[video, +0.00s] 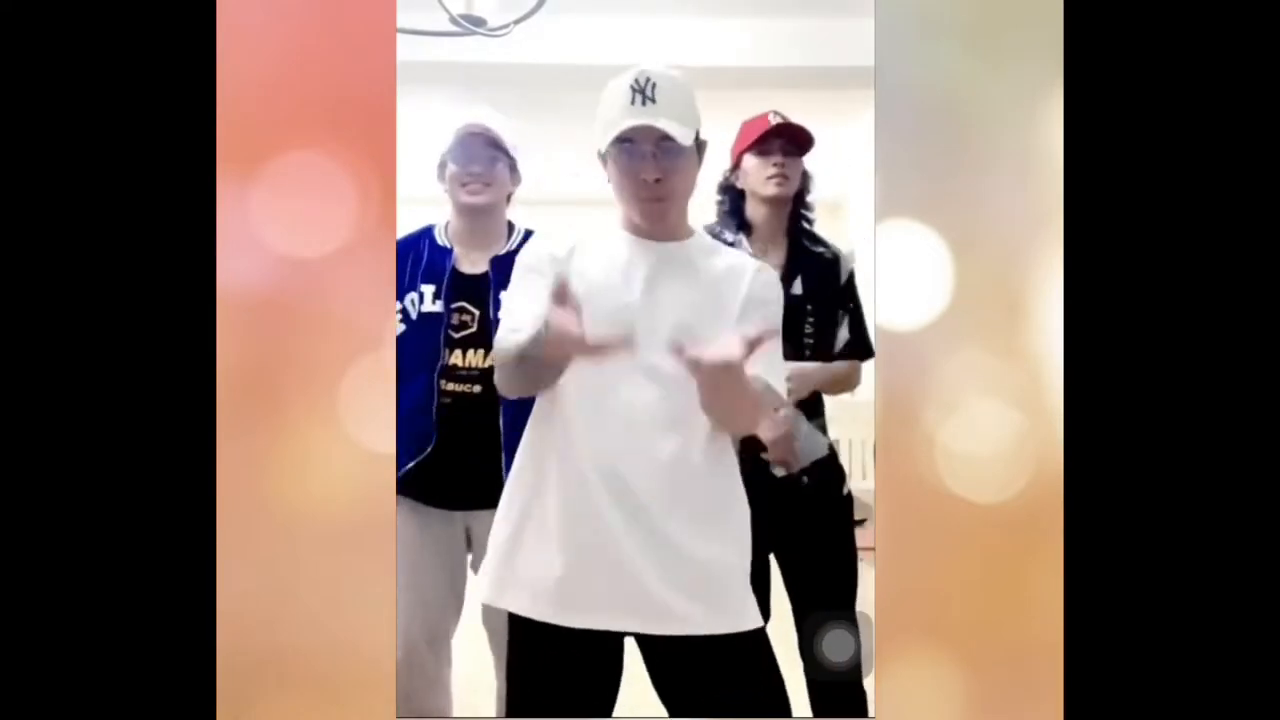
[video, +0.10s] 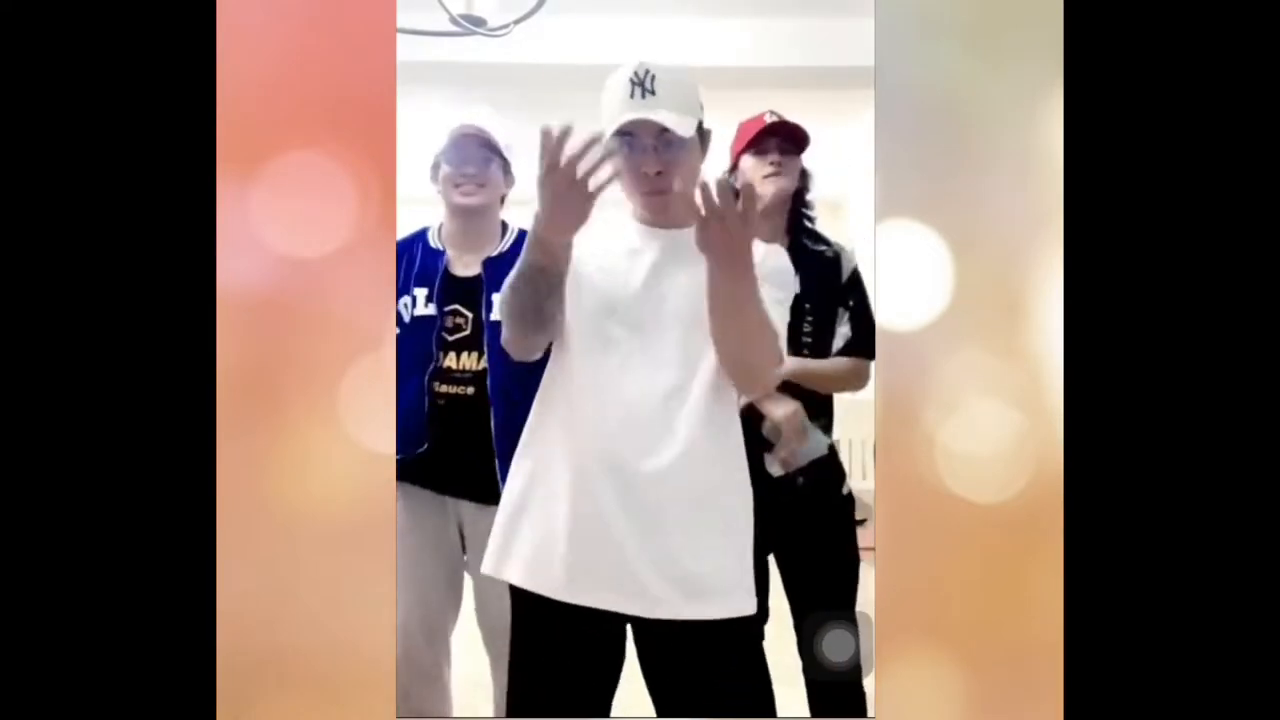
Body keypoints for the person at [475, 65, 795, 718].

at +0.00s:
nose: (649, 168)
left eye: (667, 148)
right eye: (629, 148)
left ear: (699, 161)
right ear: (603, 162)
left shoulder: (746, 281)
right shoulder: (552, 261)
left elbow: (751, 419)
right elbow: (508, 378)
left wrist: (721, 384)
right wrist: (553, 348)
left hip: (694, 572)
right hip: (561, 564)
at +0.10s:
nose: (650, 159)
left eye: (669, 139)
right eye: (630, 140)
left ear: (703, 147)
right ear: (608, 151)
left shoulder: (750, 259)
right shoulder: (570, 239)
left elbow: (758, 377)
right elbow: (520, 343)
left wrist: (730, 262)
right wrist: (553, 232)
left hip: (696, 563)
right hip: (565, 555)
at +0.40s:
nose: (655, 154)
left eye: (674, 133)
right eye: (636, 136)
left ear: (708, 143)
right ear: (614, 148)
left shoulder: (774, 239)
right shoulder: (588, 244)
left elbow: (801, 357)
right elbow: (541, 360)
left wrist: (725, 256)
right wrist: (560, 284)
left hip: (711, 574)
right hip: (582, 569)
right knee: (541, 716)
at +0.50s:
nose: (658, 164)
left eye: (677, 143)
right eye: (639, 144)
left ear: (707, 155)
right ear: (612, 158)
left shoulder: (773, 251)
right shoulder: (583, 267)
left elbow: (807, 396)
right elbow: (552, 402)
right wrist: (577, 362)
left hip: (723, 588)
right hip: (591, 586)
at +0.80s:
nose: (669, 162)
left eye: (689, 141)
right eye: (649, 140)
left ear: (711, 155)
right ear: (612, 150)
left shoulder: (753, 259)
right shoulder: (575, 263)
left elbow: (794, 379)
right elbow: (541, 378)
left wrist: (791, 282)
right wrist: (566, 293)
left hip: (745, 589)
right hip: (613, 590)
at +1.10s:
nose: (657, 150)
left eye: (677, 131)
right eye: (638, 129)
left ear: (699, 146)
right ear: (602, 140)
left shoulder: (733, 255)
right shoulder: (549, 239)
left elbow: (778, 377)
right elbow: (509, 349)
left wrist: (777, 290)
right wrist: (560, 276)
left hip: (723, 572)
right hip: (589, 573)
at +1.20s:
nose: (652, 158)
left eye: (672, 137)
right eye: (632, 137)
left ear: (699, 152)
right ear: (602, 153)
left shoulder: (746, 274)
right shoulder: (549, 249)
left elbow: (771, 415)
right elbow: (493, 366)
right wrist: (560, 349)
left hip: (715, 588)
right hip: (576, 585)